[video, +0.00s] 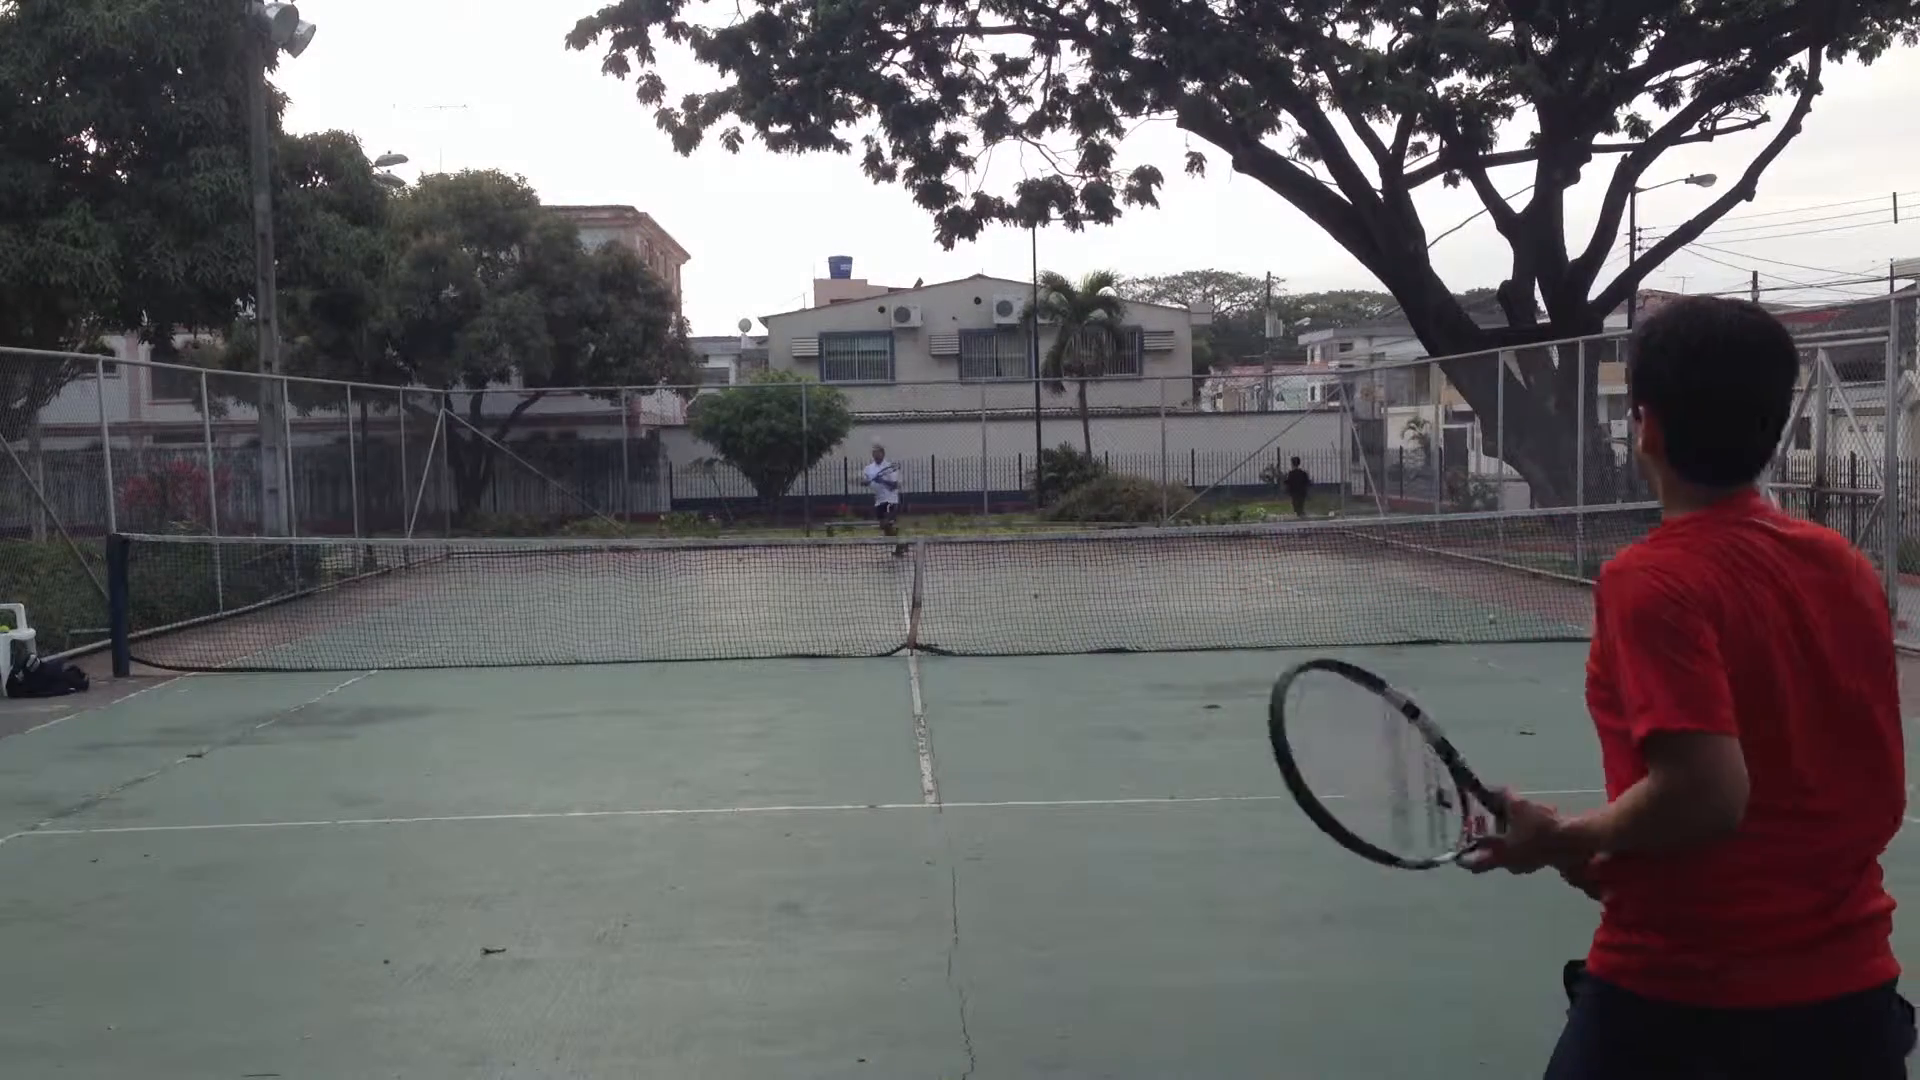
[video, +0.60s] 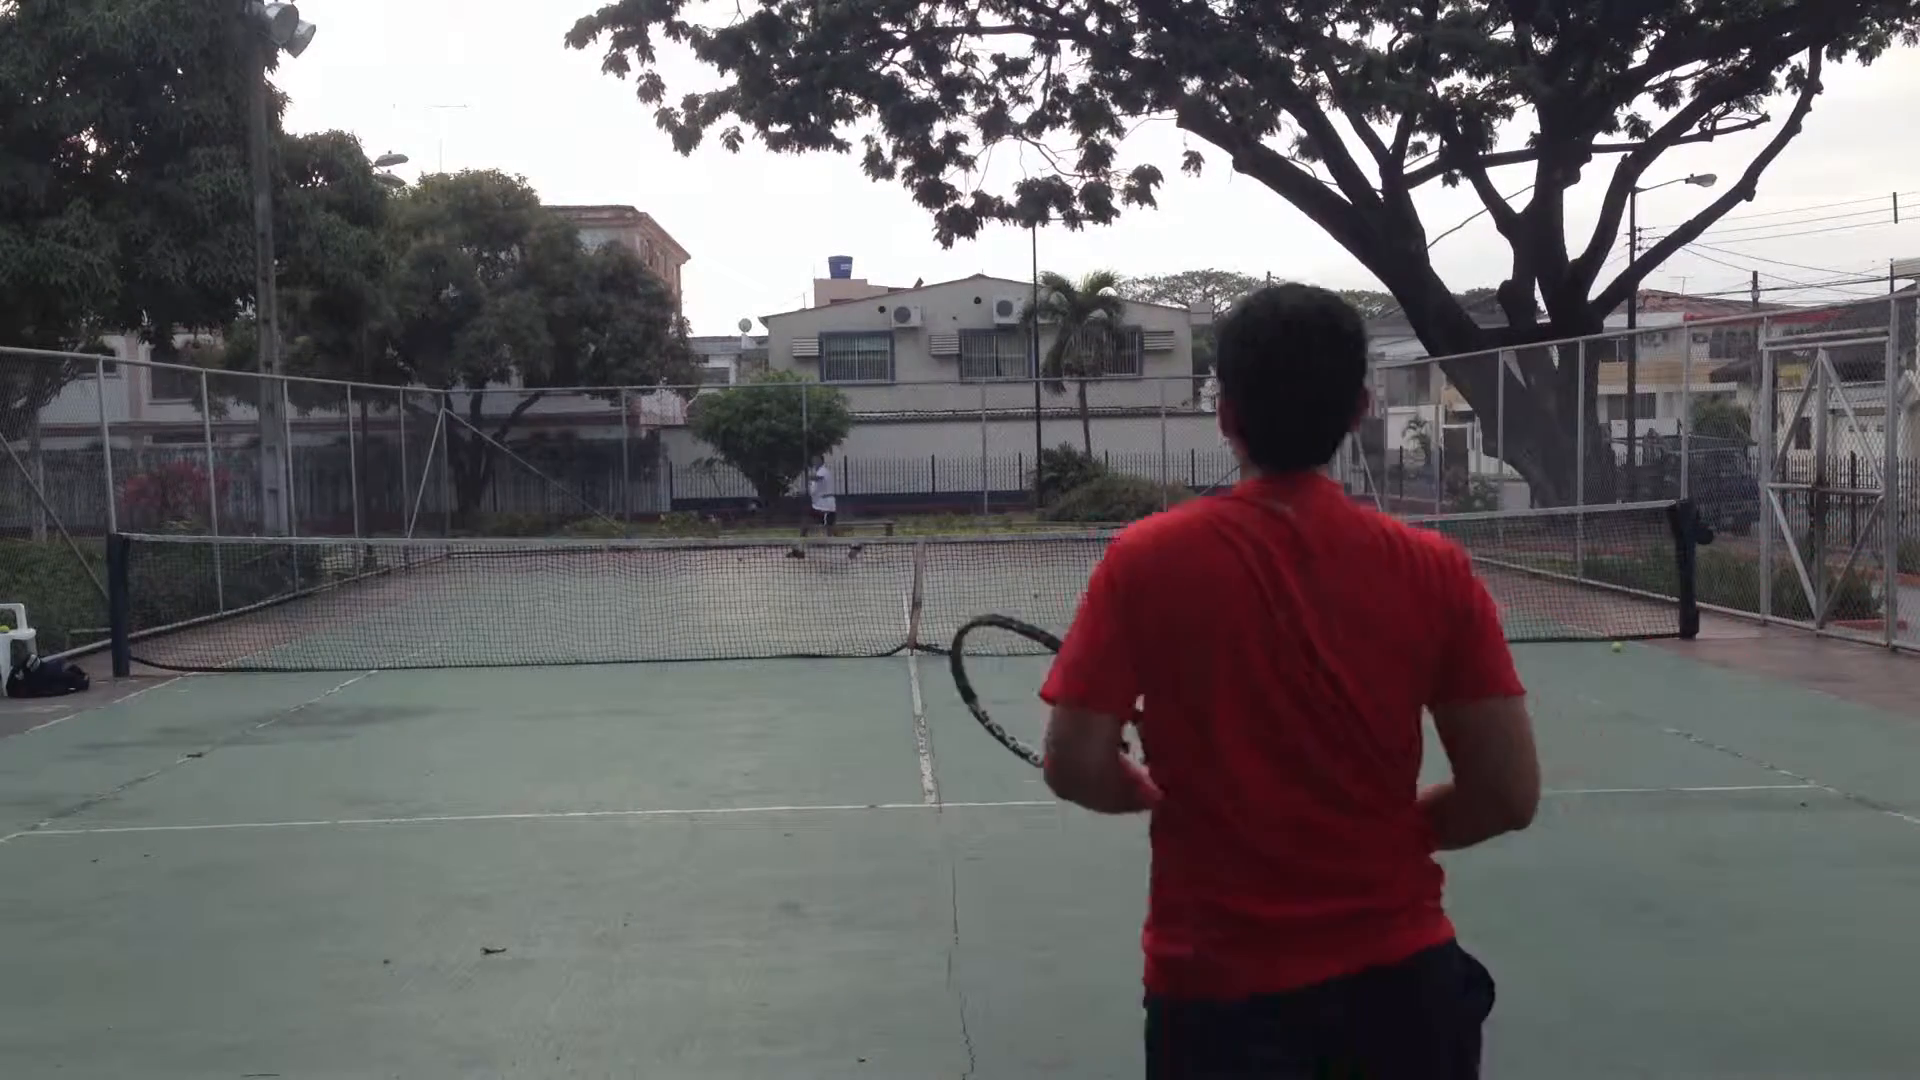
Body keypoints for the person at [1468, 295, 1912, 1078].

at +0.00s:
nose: (1632, 426)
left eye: (1632, 407)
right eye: (1632, 404)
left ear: (1647, 429)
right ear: (1775, 426)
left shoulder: (1651, 577)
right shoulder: (1847, 568)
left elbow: (1705, 793)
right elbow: (1872, 799)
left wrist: (1561, 832)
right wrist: (1628, 854)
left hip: (1672, 1018)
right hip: (1848, 1010)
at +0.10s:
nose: (1602, 436)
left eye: (1602, 419)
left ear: (1613, 443)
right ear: (1740, 437)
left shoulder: (1596, 592)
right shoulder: (1829, 586)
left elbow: (1615, 816)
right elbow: (1866, 808)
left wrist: (1512, 846)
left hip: (1628, 1027)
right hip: (1815, 1023)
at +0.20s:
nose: (1542, 458)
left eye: (1543, 443)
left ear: (1556, 467)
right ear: (1680, 460)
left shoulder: (1523, 623)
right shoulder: (1773, 607)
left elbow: (1510, 862)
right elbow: (1830, 833)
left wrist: (1448, 838)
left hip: (1572, 1043)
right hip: (1761, 1038)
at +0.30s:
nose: (1457, 480)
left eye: (1459, 463)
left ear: (1469, 487)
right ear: (1602, 478)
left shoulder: (1427, 648)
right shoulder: (1694, 634)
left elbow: (1389, 889)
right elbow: (1760, 860)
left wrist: (1368, 829)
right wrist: (1633, 898)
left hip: (1480, 1054)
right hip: (1674, 1047)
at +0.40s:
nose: (1362, 487)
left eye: (1364, 471)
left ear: (1373, 494)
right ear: (1501, 494)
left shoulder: (1311, 657)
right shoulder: (1580, 657)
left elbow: (1267, 896)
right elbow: (1668, 881)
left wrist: (1362, 858)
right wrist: (1534, 907)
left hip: (1370, 1056)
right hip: (1564, 1050)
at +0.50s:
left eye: (1280, 453)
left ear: (1288, 476)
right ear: (1423, 476)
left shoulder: (1210, 623)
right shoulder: (1494, 632)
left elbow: (1149, 844)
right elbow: (1576, 856)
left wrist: (1245, 836)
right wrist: (1444, 883)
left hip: (1279, 1050)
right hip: (1473, 1040)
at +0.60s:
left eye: (1216, 385)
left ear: (1224, 412)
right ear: (1361, 412)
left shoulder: (1149, 562)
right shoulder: (1429, 569)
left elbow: (1077, 768)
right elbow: (1506, 794)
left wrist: (1174, 786)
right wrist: (1381, 822)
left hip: (1217, 1006)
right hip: (1401, 995)